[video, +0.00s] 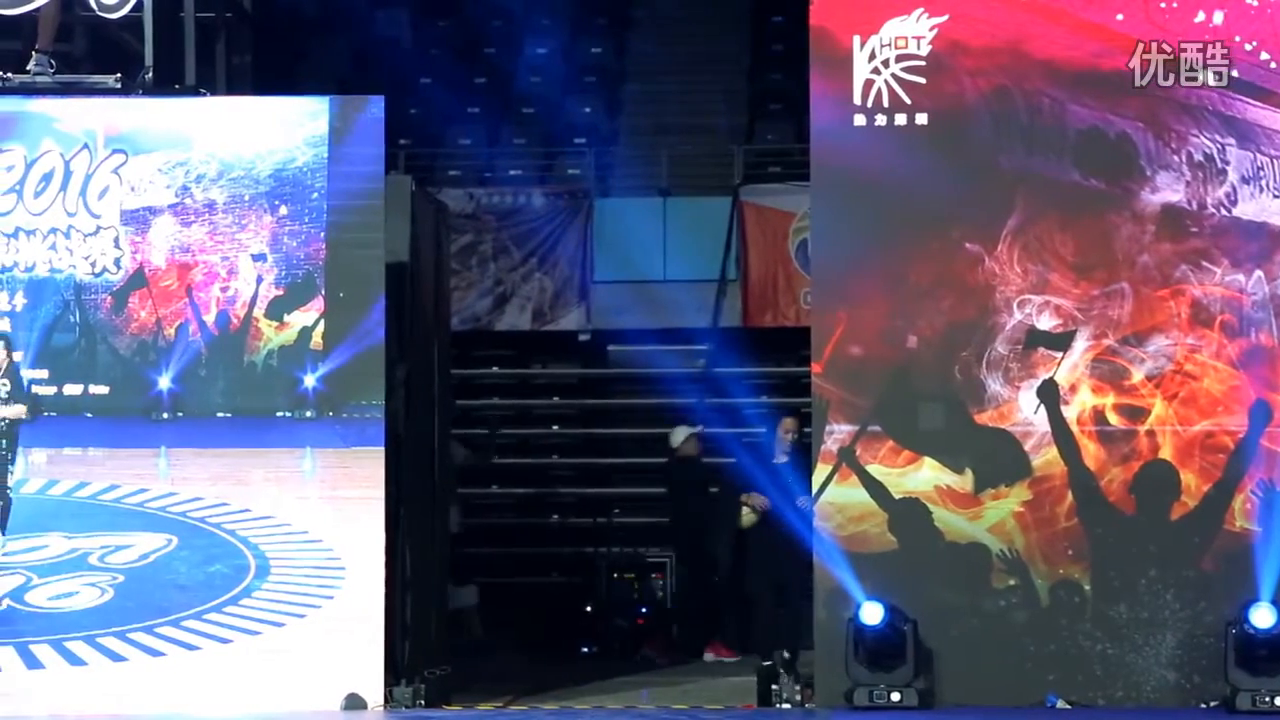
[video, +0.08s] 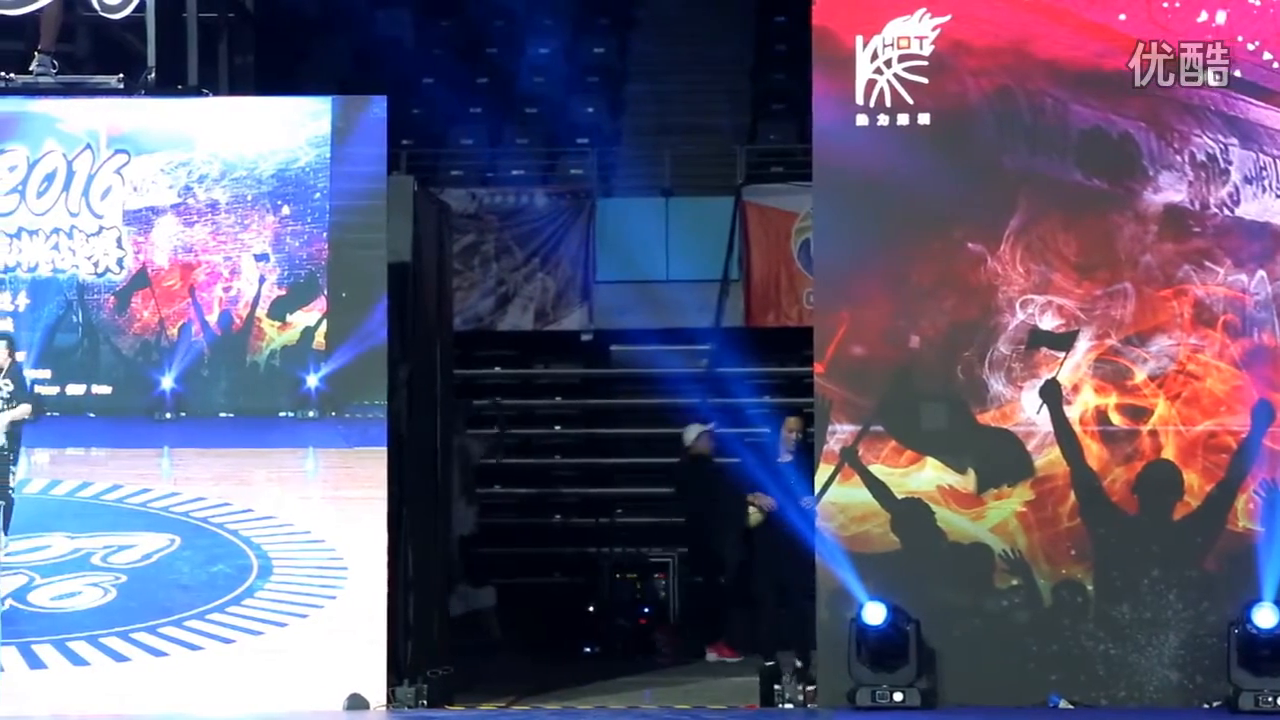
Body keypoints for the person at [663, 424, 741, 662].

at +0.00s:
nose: (697, 444)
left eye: (696, 440)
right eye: (692, 441)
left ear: (682, 446)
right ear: (682, 446)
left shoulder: (688, 469)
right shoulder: (685, 470)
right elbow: (707, 500)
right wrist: (741, 498)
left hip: (693, 535)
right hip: (695, 536)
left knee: (697, 588)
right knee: (706, 587)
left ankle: (704, 641)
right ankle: (711, 642)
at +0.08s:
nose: (711, 441)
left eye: (709, 437)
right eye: (705, 438)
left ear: (699, 442)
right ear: (694, 443)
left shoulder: (702, 467)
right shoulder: (698, 468)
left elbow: (719, 497)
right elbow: (717, 500)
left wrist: (745, 500)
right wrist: (747, 500)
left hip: (708, 532)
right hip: (708, 534)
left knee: (712, 587)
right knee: (715, 588)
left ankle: (716, 641)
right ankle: (715, 642)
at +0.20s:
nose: (731, 440)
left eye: (730, 436)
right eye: (726, 437)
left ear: (727, 440)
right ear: (714, 443)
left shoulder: (725, 466)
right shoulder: (715, 467)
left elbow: (732, 497)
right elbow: (728, 498)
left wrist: (757, 500)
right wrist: (757, 499)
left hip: (729, 532)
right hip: (724, 533)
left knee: (724, 585)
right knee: (729, 586)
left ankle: (706, 630)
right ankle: (725, 641)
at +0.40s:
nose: (761, 448)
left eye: (762, 442)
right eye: (755, 443)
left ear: (764, 445)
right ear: (743, 448)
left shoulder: (764, 469)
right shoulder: (739, 473)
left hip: (758, 538)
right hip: (745, 537)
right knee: (746, 589)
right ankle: (732, 642)